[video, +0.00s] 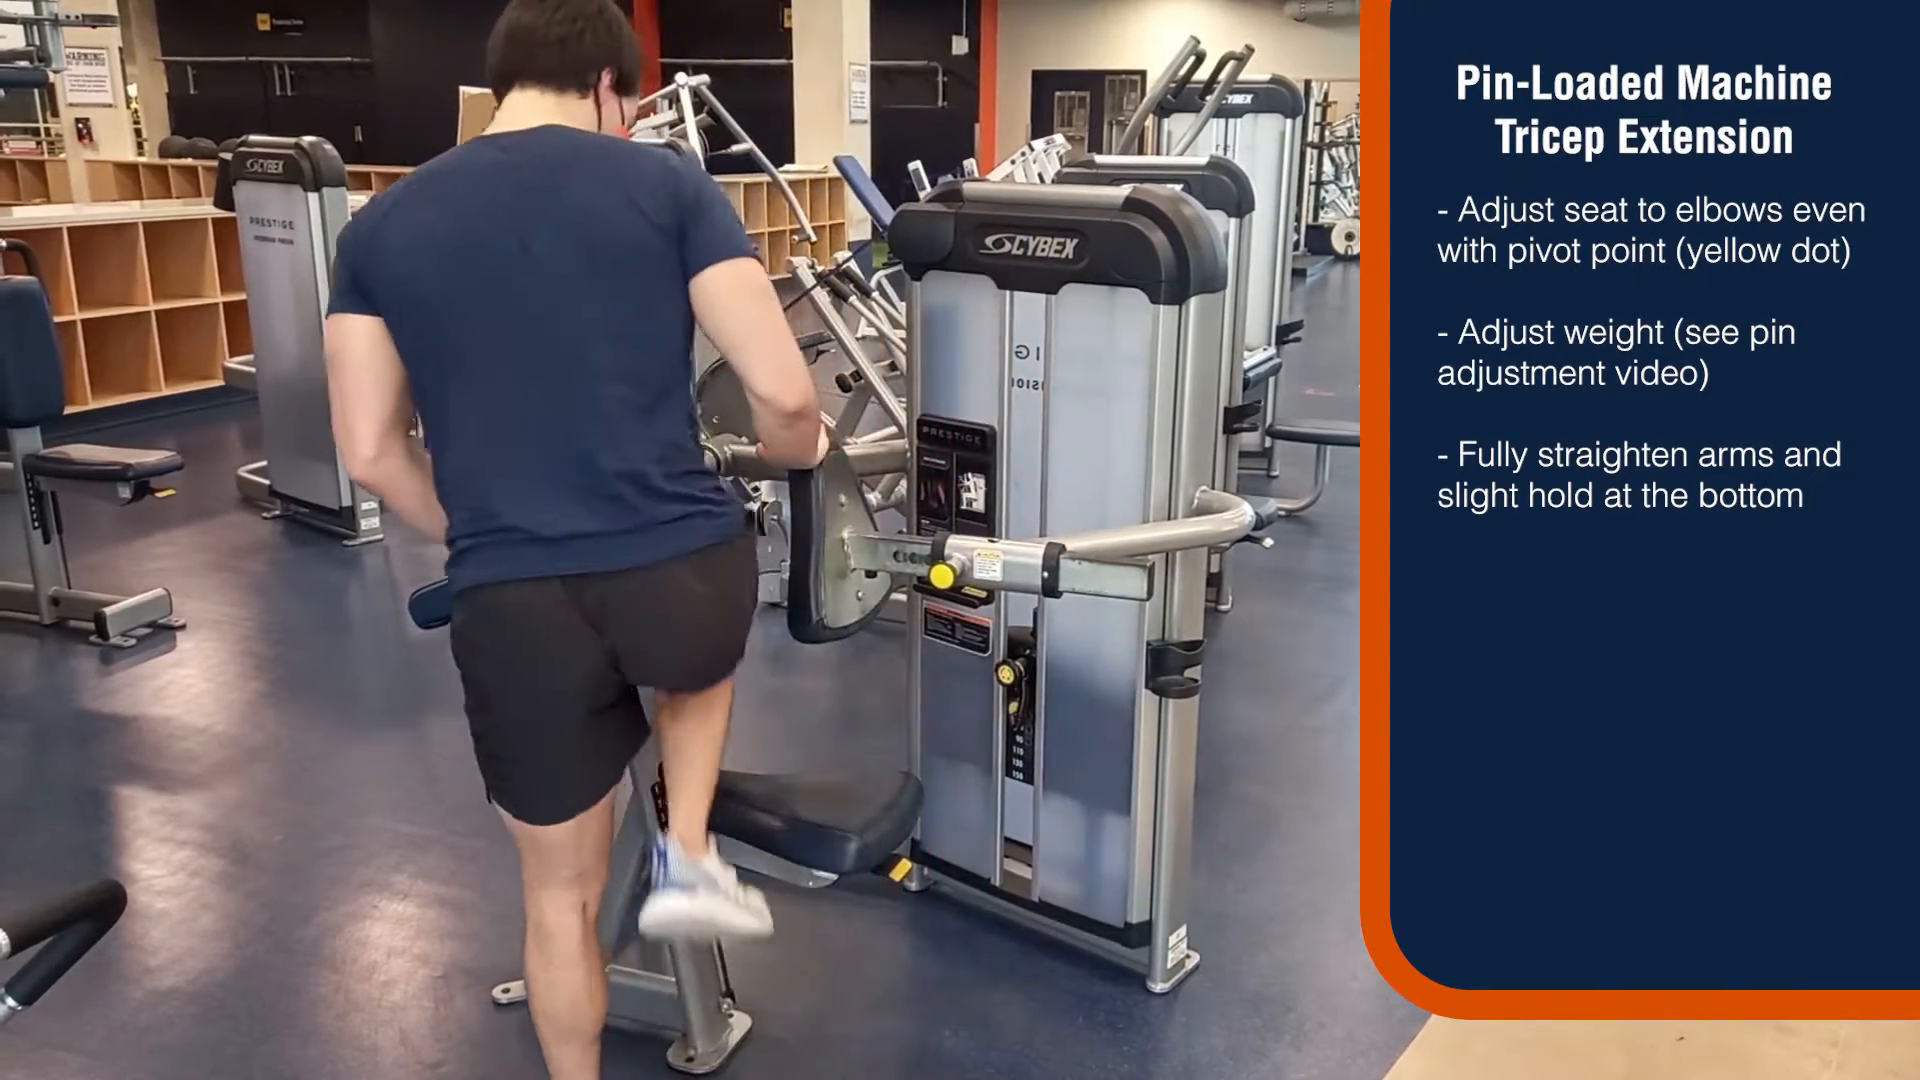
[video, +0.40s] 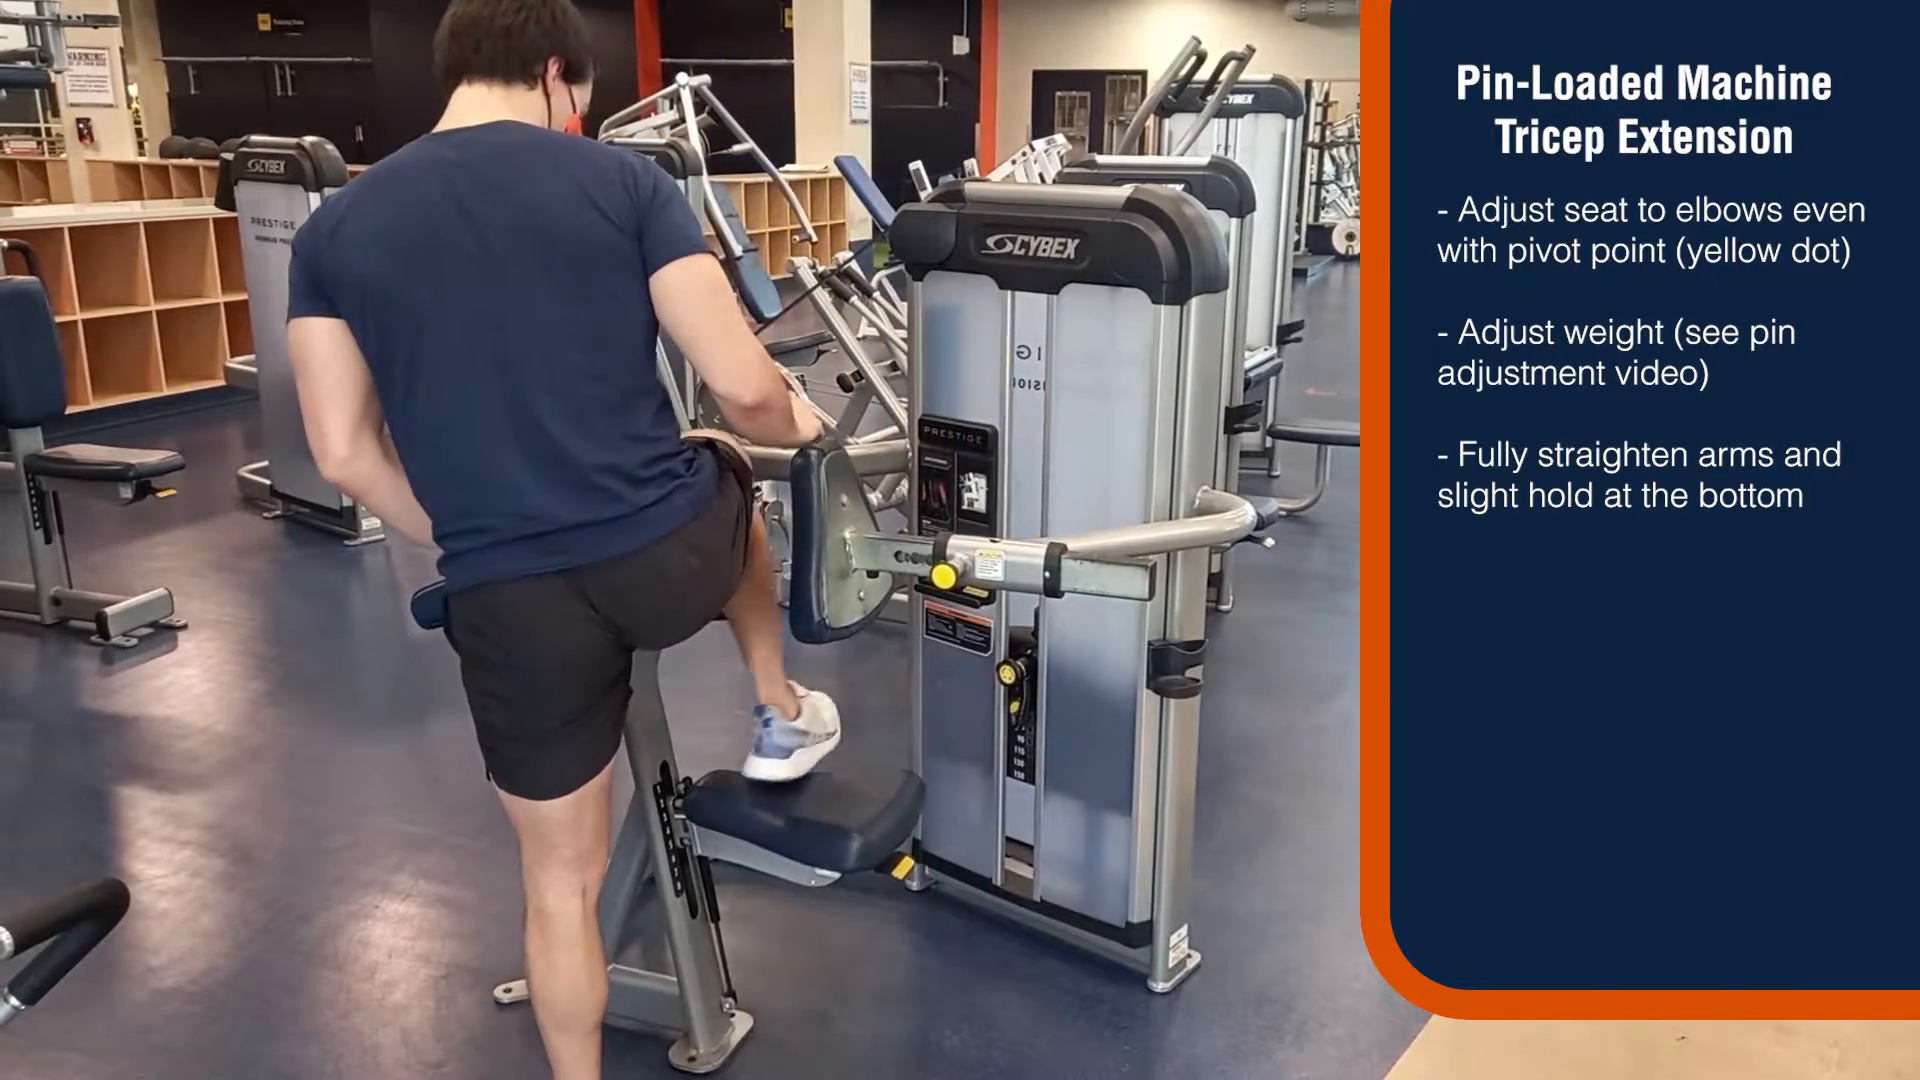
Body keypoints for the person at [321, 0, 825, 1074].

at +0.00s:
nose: (629, 127)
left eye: (629, 112)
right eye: (631, 110)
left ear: (496, 87)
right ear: (604, 94)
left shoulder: (384, 223)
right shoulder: (662, 185)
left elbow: (368, 448)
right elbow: (786, 397)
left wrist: (469, 527)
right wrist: (787, 452)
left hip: (511, 609)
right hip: (677, 577)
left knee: (560, 898)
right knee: (694, 656)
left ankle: (575, 1076)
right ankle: (687, 857)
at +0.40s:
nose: (588, 120)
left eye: (588, 108)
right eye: (588, 105)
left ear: (448, 82)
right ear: (556, 82)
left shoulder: (337, 226)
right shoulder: (618, 180)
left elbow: (343, 448)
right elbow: (747, 388)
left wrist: (455, 526)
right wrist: (789, 431)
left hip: (509, 612)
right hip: (662, 563)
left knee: (558, 886)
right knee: (723, 479)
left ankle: (576, 1078)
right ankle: (779, 714)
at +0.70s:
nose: (557, 110)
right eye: (558, 96)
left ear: (429, 100)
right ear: (543, 92)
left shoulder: (359, 246)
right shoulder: (642, 186)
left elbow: (379, 476)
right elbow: (760, 382)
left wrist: (500, 553)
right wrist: (718, 407)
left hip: (579, 601)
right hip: (727, 547)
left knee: (582, 874)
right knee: (765, 653)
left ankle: (588, 1076)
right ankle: (820, 822)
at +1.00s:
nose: (518, 149)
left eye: (515, 135)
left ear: (523, 133)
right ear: (631, 116)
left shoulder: (537, 238)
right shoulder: (721, 214)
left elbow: (544, 448)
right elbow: (816, 381)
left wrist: (507, 533)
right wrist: (767, 458)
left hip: (670, 567)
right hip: (779, 540)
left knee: (581, 822)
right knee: (751, 750)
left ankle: (607, 1067)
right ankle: (808, 957)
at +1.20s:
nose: (589, 196)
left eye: (588, 183)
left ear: (599, 179)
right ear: (699, 177)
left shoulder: (586, 250)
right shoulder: (766, 260)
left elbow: (579, 441)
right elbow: (853, 420)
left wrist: (513, 526)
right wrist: (773, 428)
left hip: (690, 603)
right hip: (796, 582)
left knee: (543, 821)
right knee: (730, 760)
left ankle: (616, 1062)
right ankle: (805, 957)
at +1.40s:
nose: (729, 272)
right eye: (729, 259)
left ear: (622, 261)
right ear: (723, 258)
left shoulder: (597, 311)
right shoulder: (780, 343)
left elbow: (534, 463)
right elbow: (849, 480)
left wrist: (489, 544)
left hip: (705, 680)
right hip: (823, 657)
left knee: (514, 831)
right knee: (710, 760)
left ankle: (616, 1062)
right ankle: (799, 947)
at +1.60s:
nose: (761, 342)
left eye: (760, 329)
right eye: (759, 328)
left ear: (651, 325)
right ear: (746, 324)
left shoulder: (618, 374)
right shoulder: (796, 403)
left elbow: (539, 492)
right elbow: (865, 556)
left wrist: (506, 542)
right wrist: (893, 682)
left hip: (738, 746)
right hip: (849, 711)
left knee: (510, 831)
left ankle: (613, 1060)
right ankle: (794, 947)